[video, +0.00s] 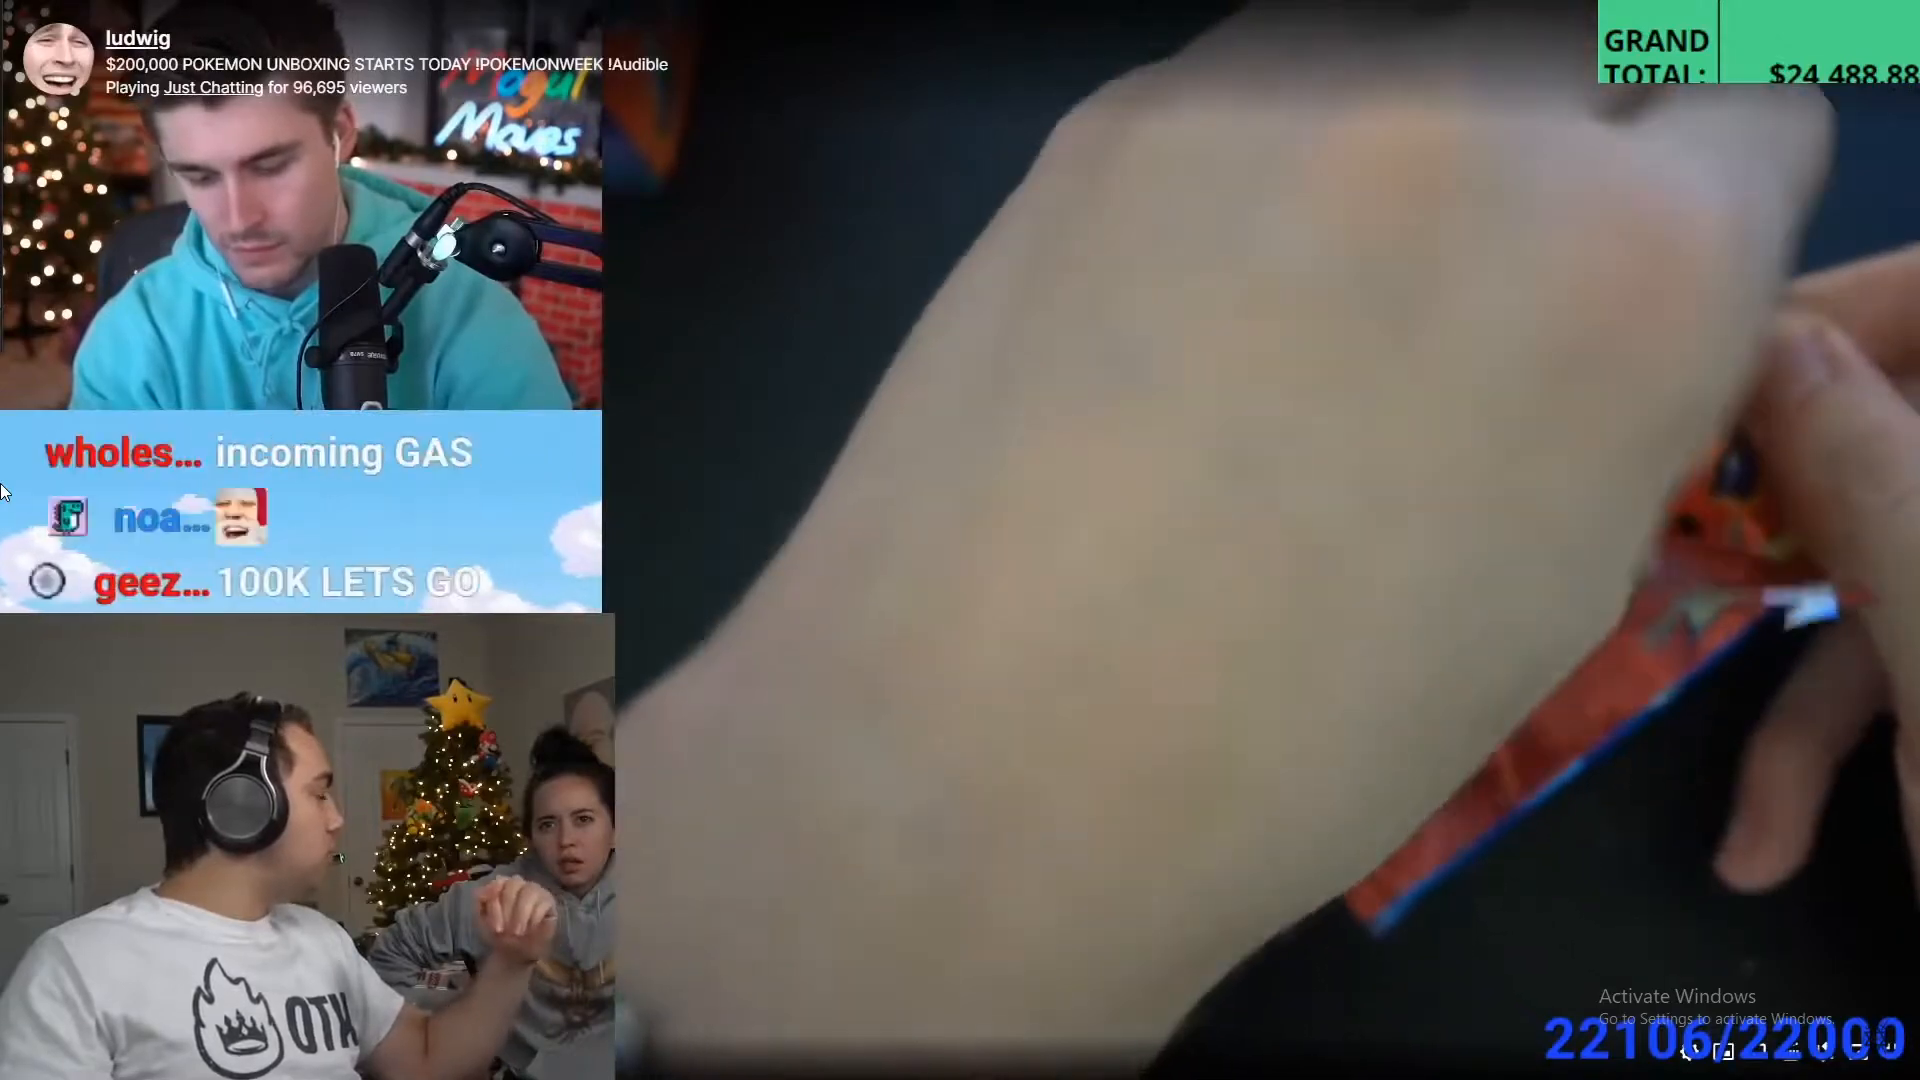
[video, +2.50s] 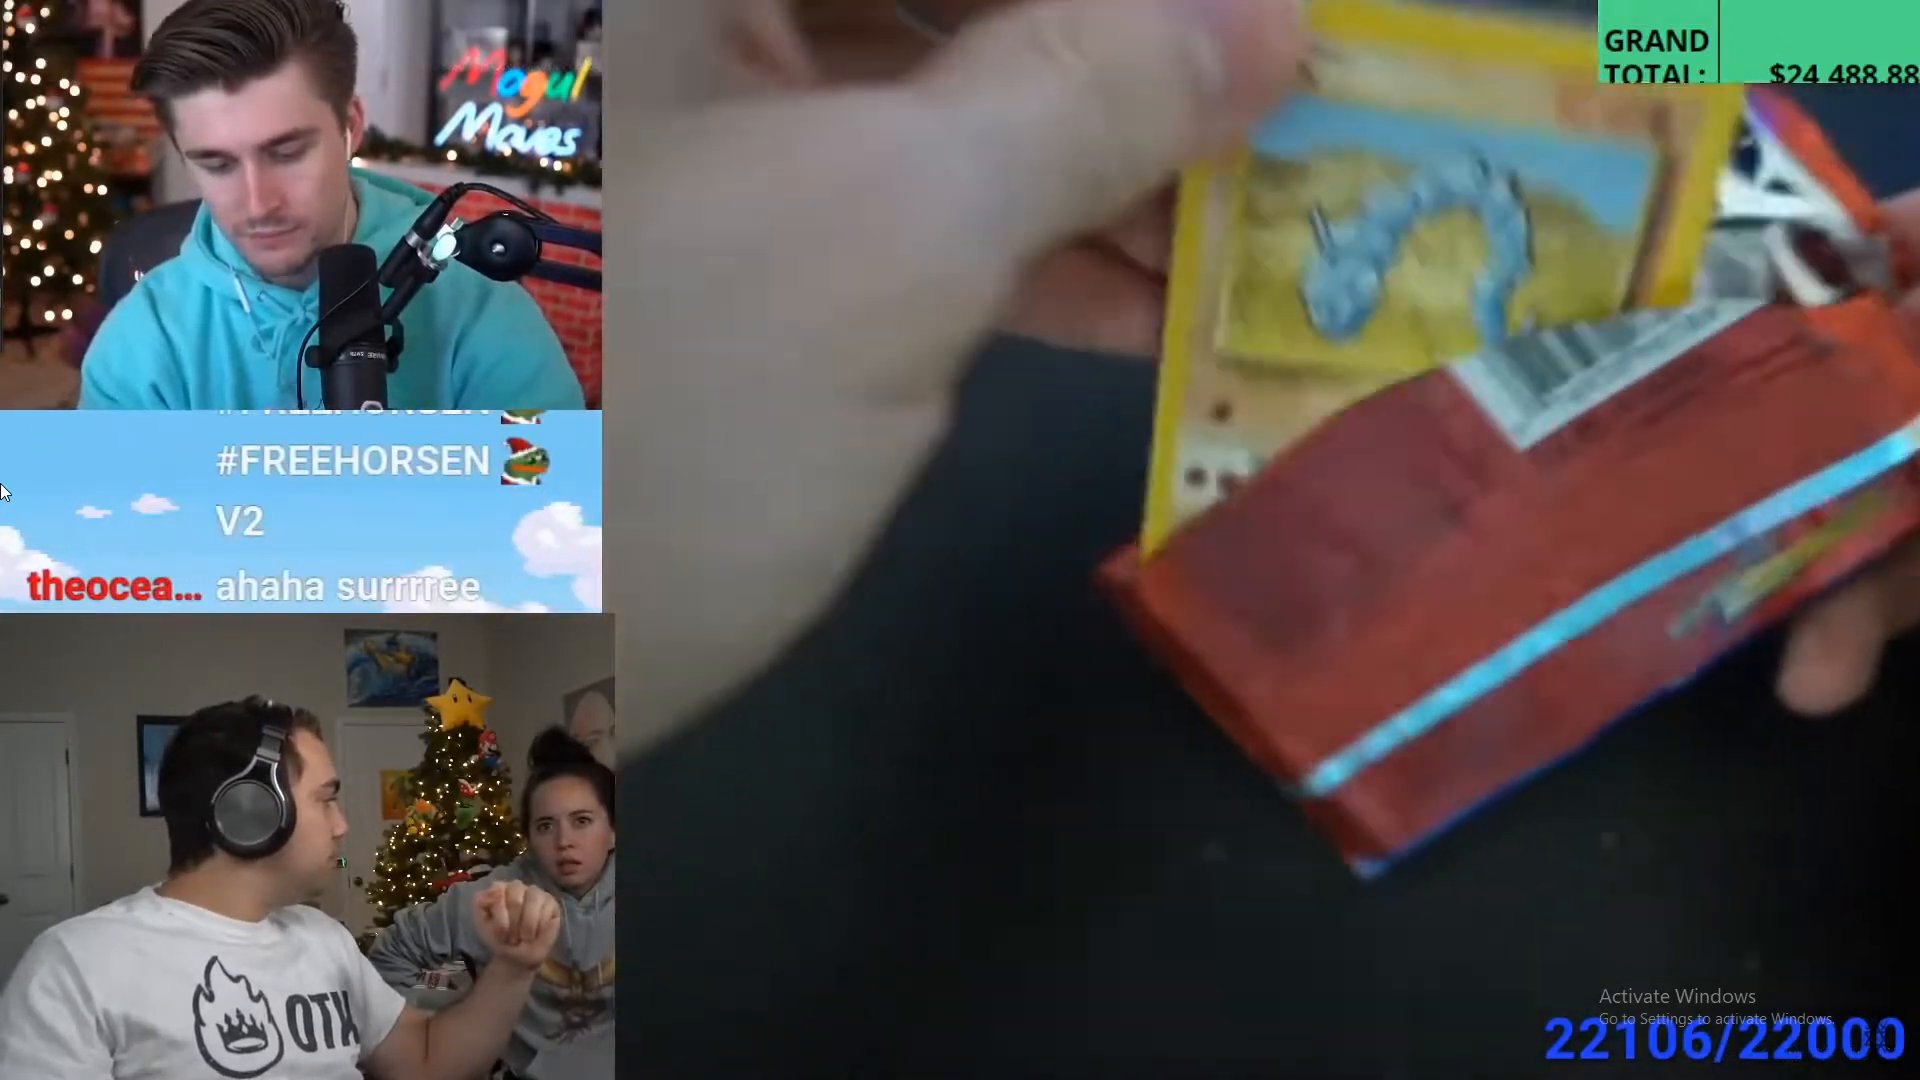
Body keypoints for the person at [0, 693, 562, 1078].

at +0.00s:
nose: (340, 818)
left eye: (331, 793)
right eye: (320, 793)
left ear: (255, 803)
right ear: (241, 803)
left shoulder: (323, 943)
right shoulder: (76, 967)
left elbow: (427, 1059)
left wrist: (509, 962)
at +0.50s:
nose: (340, 819)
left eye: (331, 791)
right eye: (320, 792)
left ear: (250, 806)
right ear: (242, 806)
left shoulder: (323, 944)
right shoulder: (75, 967)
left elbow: (430, 1062)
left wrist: (494, 953)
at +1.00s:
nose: (340, 818)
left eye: (332, 794)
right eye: (321, 794)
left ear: (255, 803)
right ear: (241, 805)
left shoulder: (322, 943)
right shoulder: (75, 968)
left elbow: (426, 1057)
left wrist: (514, 967)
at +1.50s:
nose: (340, 818)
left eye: (331, 792)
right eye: (320, 793)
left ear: (256, 804)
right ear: (241, 805)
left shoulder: (322, 943)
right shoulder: (73, 969)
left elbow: (427, 1058)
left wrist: (511, 965)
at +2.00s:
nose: (343, 821)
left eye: (334, 797)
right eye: (324, 798)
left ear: (258, 807)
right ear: (247, 808)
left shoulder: (324, 942)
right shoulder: (75, 968)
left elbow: (425, 1058)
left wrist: (511, 967)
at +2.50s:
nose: (344, 823)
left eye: (336, 798)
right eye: (325, 799)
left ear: (260, 809)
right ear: (250, 810)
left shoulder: (324, 942)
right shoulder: (77, 967)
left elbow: (426, 1059)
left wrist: (511, 967)